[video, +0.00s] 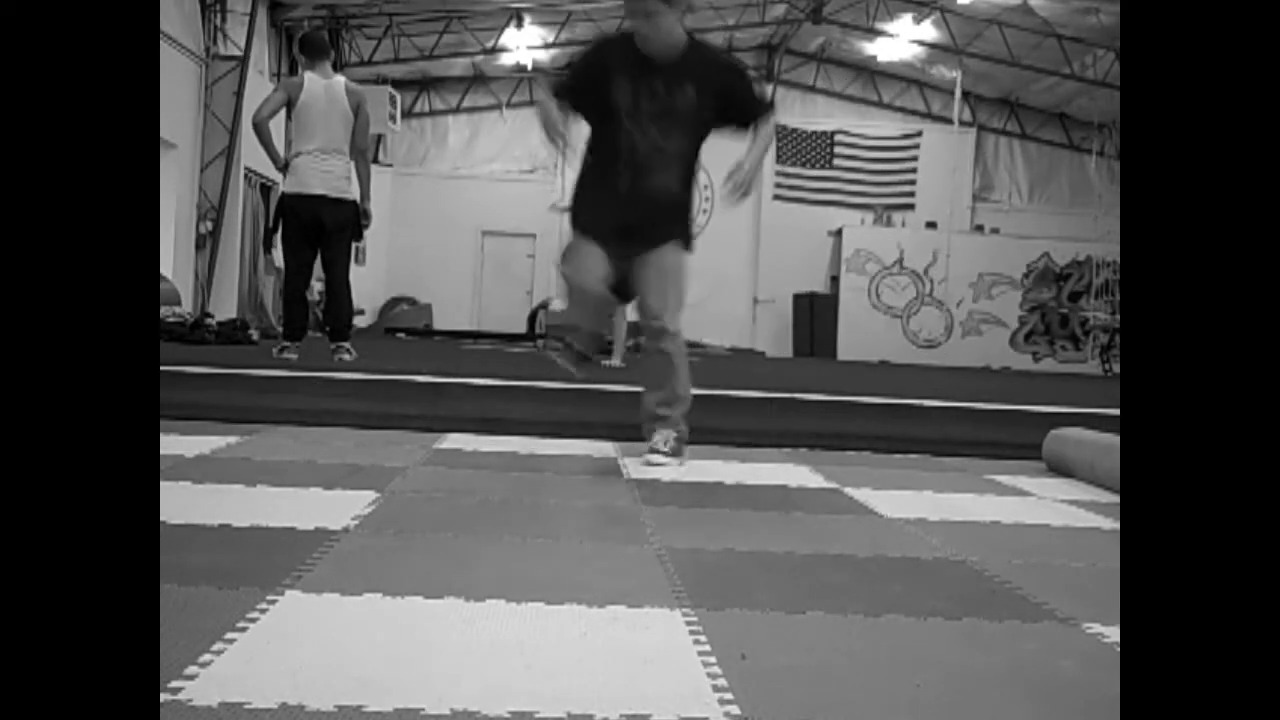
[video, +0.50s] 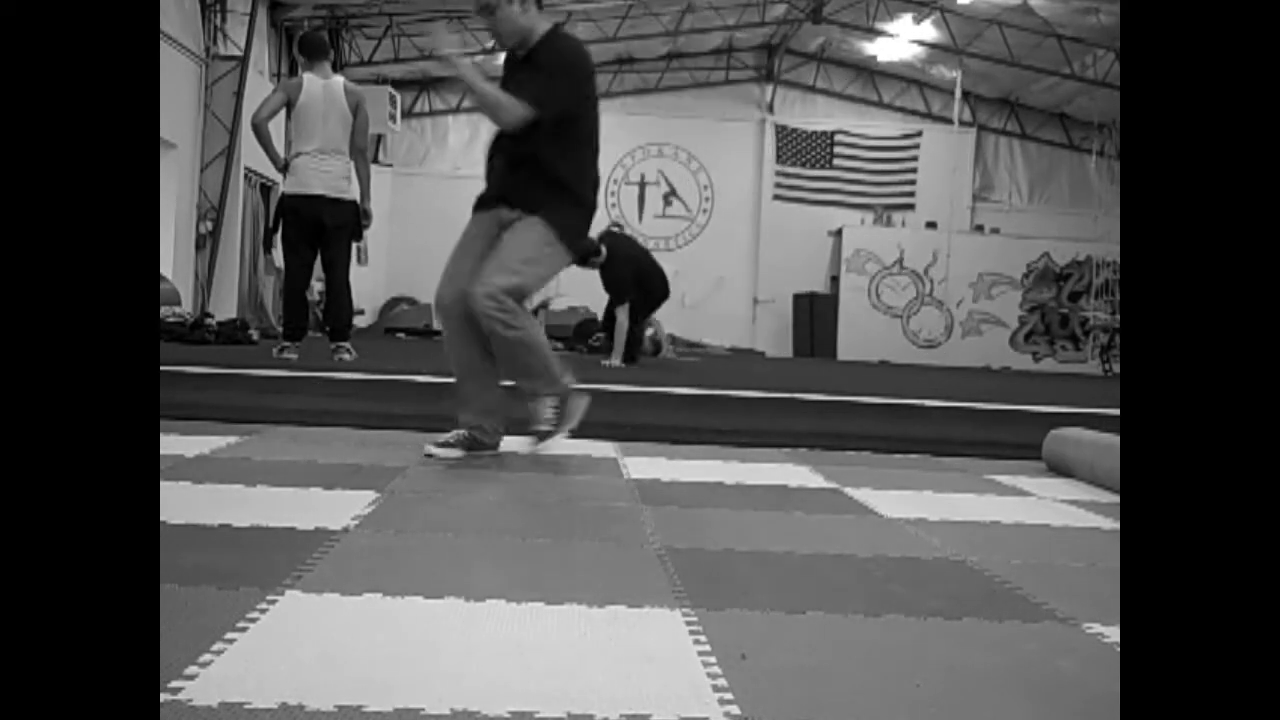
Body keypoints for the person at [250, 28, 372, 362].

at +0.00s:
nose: (301, 63)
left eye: (300, 58)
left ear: (302, 57)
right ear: (331, 55)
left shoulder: (292, 85)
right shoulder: (355, 94)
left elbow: (259, 119)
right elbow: (361, 153)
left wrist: (278, 162)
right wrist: (365, 202)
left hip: (298, 194)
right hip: (340, 197)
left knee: (295, 274)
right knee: (338, 276)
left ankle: (290, 344)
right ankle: (341, 345)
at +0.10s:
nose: (299, 62)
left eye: (299, 57)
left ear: (302, 57)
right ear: (331, 55)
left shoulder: (292, 86)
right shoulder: (354, 94)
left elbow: (259, 119)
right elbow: (360, 152)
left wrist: (278, 162)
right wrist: (365, 201)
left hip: (298, 194)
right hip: (340, 196)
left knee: (295, 274)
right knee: (338, 276)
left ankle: (290, 344)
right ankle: (341, 345)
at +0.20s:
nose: (299, 62)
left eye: (299, 58)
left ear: (302, 57)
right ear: (331, 55)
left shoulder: (292, 86)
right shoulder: (354, 94)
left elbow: (258, 120)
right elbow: (360, 152)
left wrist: (278, 162)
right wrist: (365, 201)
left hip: (298, 194)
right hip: (340, 196)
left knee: (295, 274)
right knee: (338, 276)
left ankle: (290, 344)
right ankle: (341, 345)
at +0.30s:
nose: (299, 62)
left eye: (299, 57)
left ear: (302, 57)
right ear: (331, 54)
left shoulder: (292, 86)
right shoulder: (354, 94)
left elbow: (258, 120)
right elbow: (360, 152)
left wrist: (278, 162)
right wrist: (366, 202)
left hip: (298, 195)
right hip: (340, 198)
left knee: (295, 275)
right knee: (338, 276)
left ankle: (290, 344)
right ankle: (341, 345)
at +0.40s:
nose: (300, 64)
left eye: (299, 59)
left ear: (301, 58)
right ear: (330, 55)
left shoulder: (292, 86)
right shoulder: (354, 94)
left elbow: (258, 120)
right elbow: (360, 152)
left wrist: (278, 162)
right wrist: (366, 202)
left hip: (298, 195)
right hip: (340, 198)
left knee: (295, 274)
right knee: (338, 276)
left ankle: (290, 343)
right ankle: (341, 345)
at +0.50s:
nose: (301, 64)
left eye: (300, 59)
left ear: (301, 58)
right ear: (330, 55)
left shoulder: (292, 86)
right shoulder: (353, 94)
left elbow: (258, 120)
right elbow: (360, 152)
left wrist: (278, 162)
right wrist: (366, 202)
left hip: (298, 195)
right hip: (340, 198)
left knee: (295, 274)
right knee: (338, 276)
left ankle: (290, 343)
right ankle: (341, 345)